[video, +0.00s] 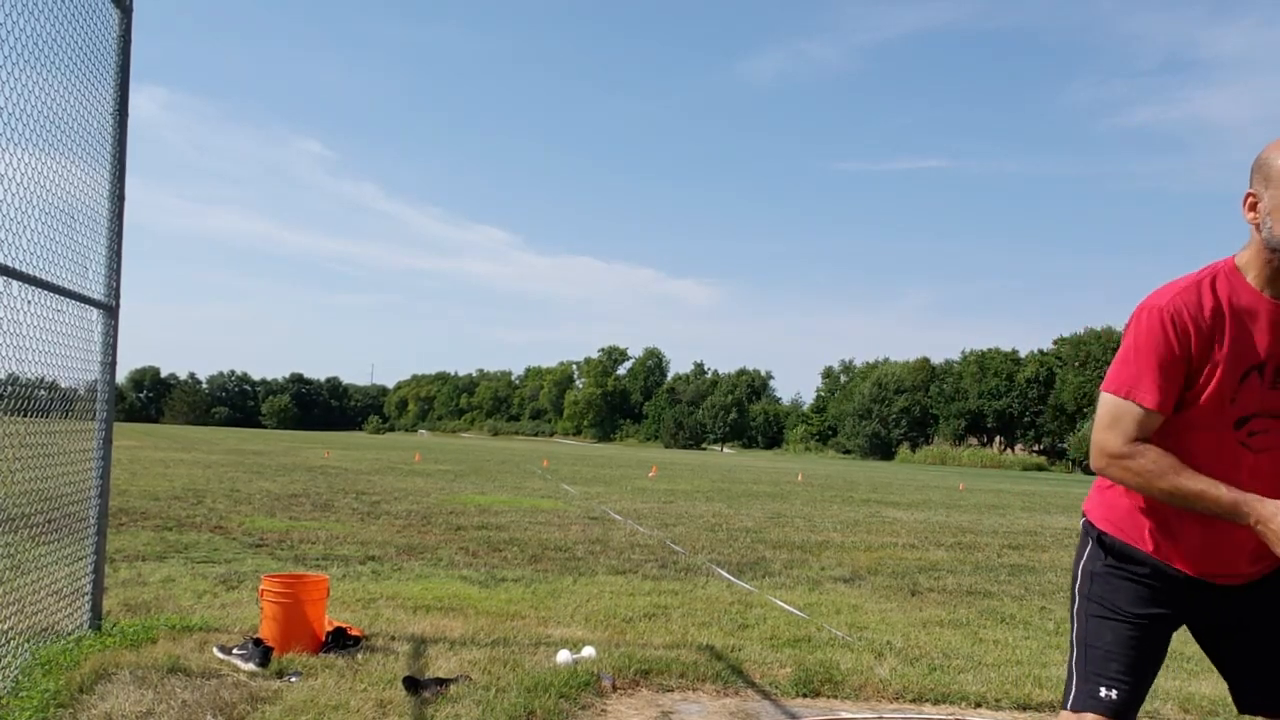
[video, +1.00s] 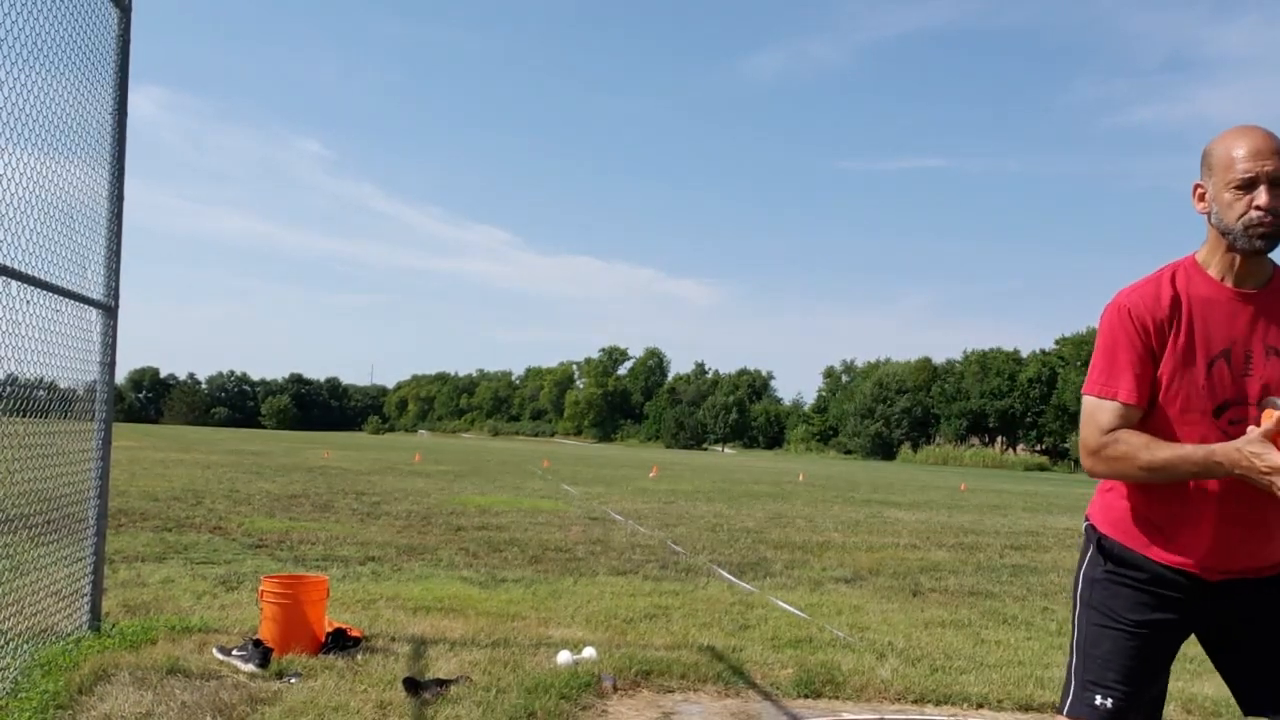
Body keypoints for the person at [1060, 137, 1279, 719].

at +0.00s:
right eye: (1279, 197)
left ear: (1262, 209)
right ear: (1254, 208)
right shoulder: (1179, 311)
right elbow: (1113, 450)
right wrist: (1255, 510)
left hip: (1254, 570)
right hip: (1138, 555)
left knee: (1277, 704)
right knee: (1095, 712)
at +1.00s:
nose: (1266, 201)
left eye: (1276, 184)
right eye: (1246, 185)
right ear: (1204, 199)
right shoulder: (1142, 309)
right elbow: (1098, 447)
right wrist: (1228, 459)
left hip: (1260, 577)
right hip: (1138, 569)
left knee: (1277, 705)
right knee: (1101, 712)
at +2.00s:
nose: (1228, 195)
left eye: (1242, 180)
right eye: (1209, 182)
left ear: (1261, 193)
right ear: (1171, 199)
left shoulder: (1277, 301)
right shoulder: (1117, 306)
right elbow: (1112, 449)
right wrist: (1228, 417)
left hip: (1246, 568)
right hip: (1122, 563)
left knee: (1269, 704)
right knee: (1089, 711)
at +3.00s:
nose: (1221, 172)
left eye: (1234, 161)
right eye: (1201, 162)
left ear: (1250, 184)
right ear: (1166, 186)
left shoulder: (1273, 293)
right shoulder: (1119, 292)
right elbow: (1110, 415)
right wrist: (1152, 287)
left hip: (1261, 569)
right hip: (1139, 563)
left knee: (1273, 705)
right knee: (1103, 711)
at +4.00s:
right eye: (1278, 242)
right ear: (1243, 226)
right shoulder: (1179, 324)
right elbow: (1057, 435)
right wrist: (1155, 535)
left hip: (1254, 575)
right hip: (1134, 567)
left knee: (1275, 706)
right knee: (1101, 713)